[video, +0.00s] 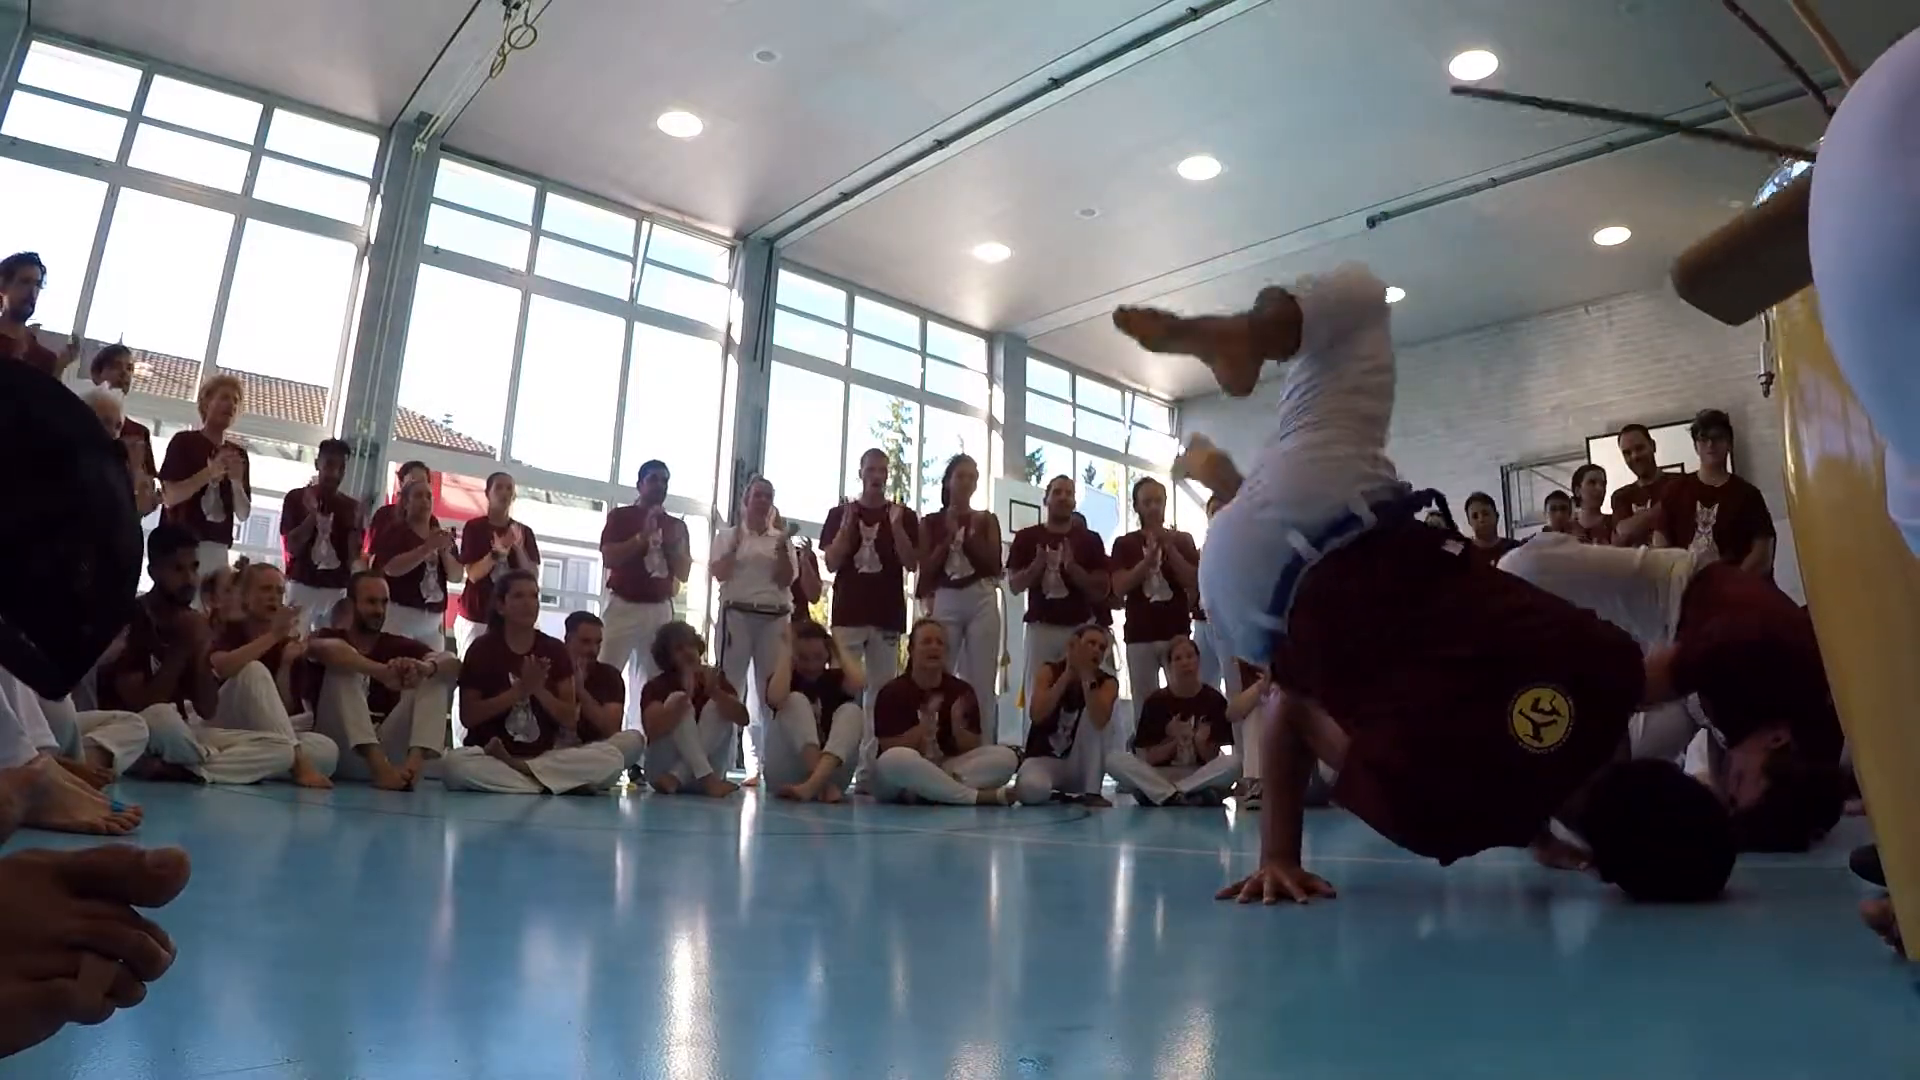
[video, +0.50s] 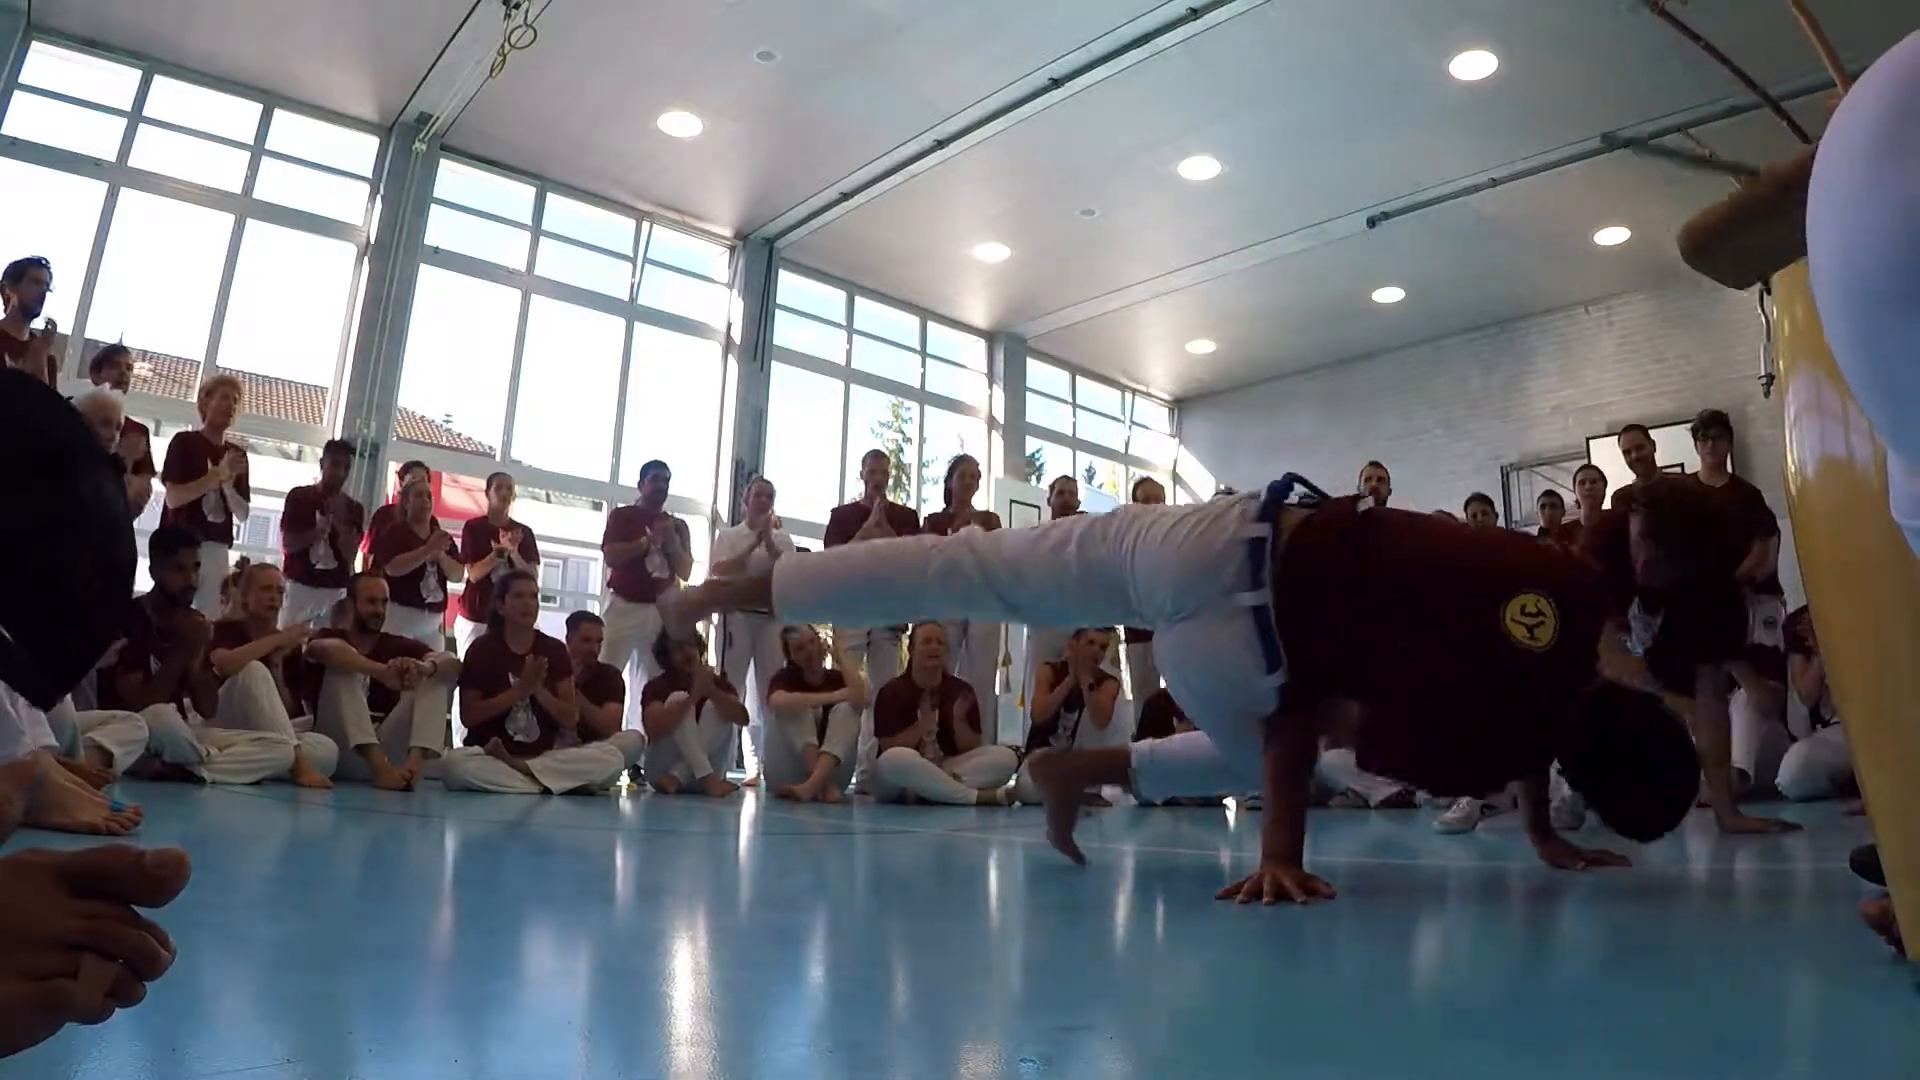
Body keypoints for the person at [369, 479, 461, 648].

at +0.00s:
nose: (425, 501)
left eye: (428, 497)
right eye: (418, 496)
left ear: (432, 502)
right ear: (406, 502)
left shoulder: (440, 535)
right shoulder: (394, 531)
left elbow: (456, 576)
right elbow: (391, 569)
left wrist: (445, 551)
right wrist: (428, 547)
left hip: (434, 614)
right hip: (400, 610)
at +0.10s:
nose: (425, 501)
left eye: (428, 496)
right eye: (418, 496)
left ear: (433, 502)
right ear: (405, 502)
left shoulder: (441, 537)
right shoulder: (394, 533)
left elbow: (457, 576)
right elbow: (390, 569)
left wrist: (443, 556)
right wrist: (426, 549)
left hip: (434, 614)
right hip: (400, 610)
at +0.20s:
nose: (425, 501)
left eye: (428, 497)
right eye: (418, 496)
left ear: (433, 502)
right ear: (406, 502)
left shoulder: (442, 537)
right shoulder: (393, 533)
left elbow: (457, 576)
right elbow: (391, 569)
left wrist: (443, 553)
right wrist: (427, 549)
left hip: (434, 614)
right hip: (400, 611)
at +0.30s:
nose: (425, 501)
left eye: (428, 496)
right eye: (418, 496)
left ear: (432, 502)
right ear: (406, 502)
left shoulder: (440, 535)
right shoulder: (394, 532)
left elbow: (457, 576)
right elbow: (391, 568)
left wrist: (446, 553)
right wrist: (428, 548)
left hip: (434, 614)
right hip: (400, 610)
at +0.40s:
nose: (425, 501)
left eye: (429, 496)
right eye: (419, 496)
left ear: (433, 501)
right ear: (406, 502)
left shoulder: (441, 537)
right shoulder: (394, 533)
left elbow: (457, 576)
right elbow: (391, 569)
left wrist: (440, 556)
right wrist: (427, 549)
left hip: (433, 614)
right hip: (400, 610)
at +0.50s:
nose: (425, 501)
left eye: (429, 497)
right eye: (419, 496)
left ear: (433, 502)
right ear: (406, 502)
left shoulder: (440, 536)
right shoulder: (394, 532)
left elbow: (458, 575)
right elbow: (392, 569)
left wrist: (441, 556)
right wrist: (428, 549)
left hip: (434, 614)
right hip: (400, 610)